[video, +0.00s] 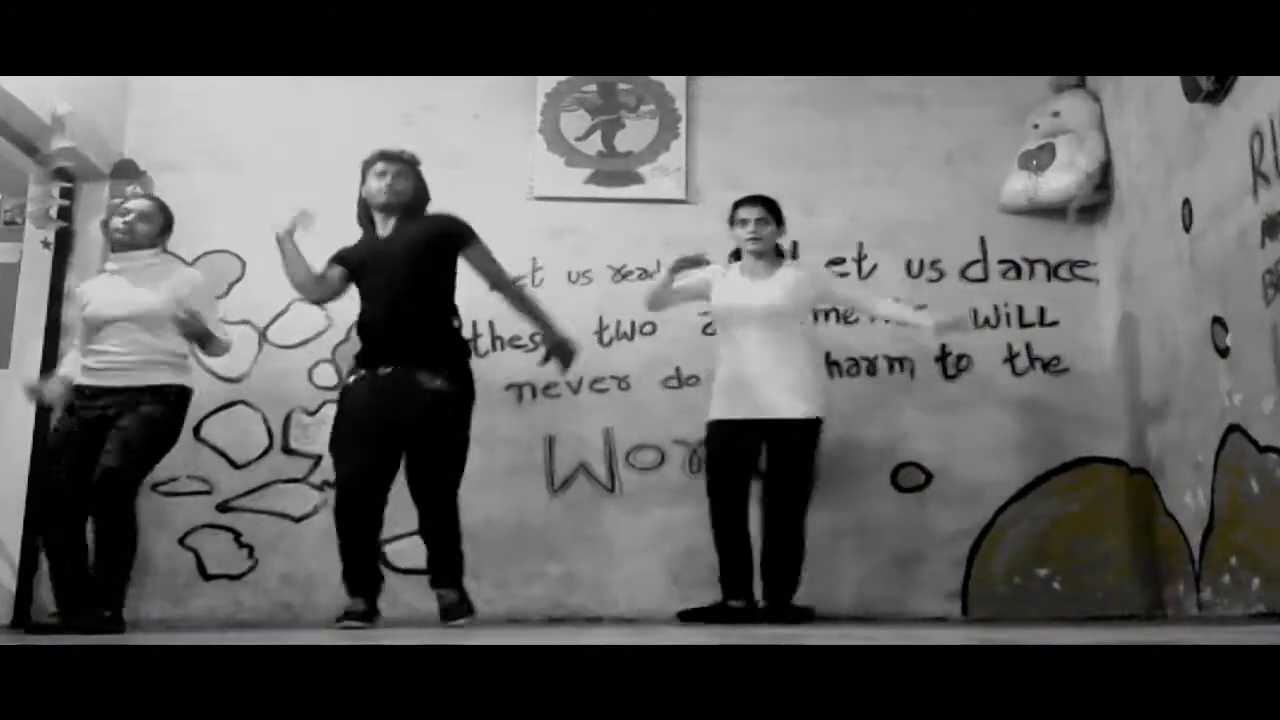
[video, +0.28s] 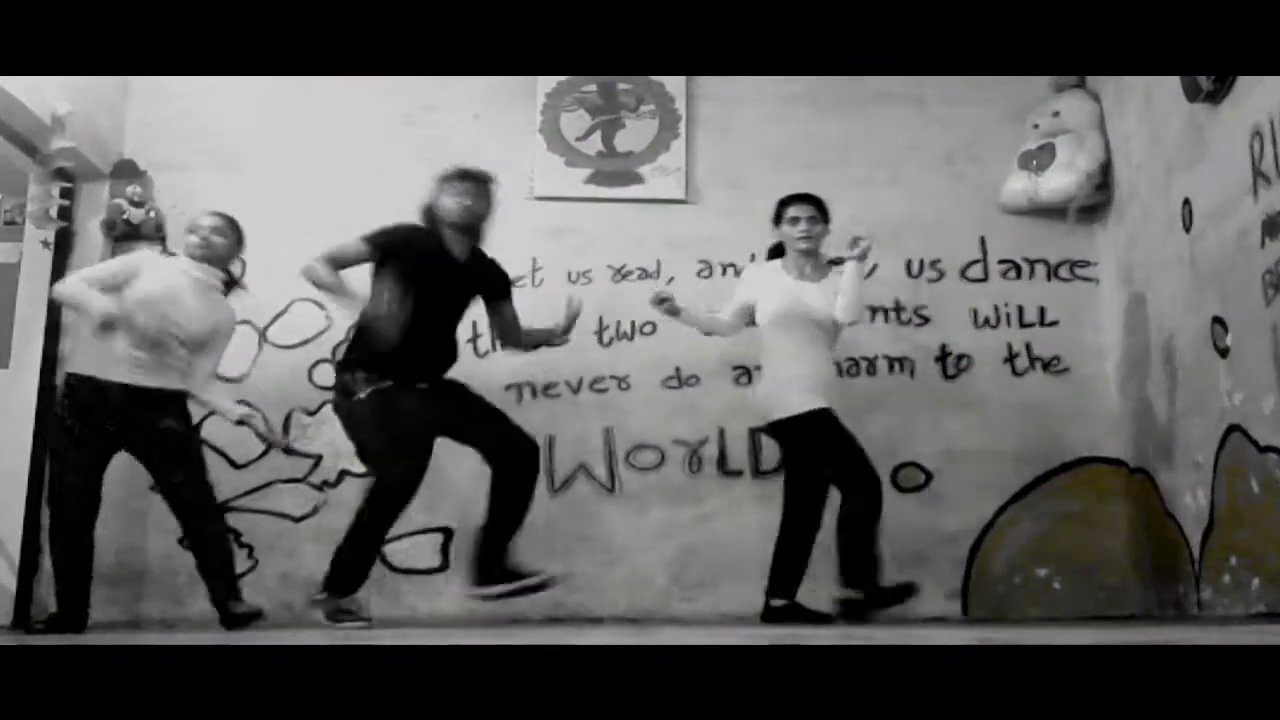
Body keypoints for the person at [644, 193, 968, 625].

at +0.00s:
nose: (752, 229)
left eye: (761, 222)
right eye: (744, 223)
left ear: (779, 230)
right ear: (732, 233)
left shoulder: (804, 277)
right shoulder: (718, 280)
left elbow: (868, 304)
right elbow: (654, 303)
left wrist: (926, 321)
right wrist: (672, 271)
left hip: (792, 408)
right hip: (732, 409)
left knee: (785, 509)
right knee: (725, 507)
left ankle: (778, 602)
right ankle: (736, 599)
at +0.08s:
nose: (766, 230)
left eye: (775, 223)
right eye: (756, 223)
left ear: (791, 232)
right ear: (743, 233)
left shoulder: (814, 281)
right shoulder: (724, 278)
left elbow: (876, 303)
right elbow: (660, 313)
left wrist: (920, 299)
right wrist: (652, 287)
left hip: (806, 410)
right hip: (744, 409)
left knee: (800, 512)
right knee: (742, 509)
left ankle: (781, 601)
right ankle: (738, 600)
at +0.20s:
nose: (791, 230)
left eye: (800, 223)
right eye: (781, 223)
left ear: (813, 230)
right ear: (767, 231)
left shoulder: (828, 281)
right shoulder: (748, 276)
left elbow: (861, 318)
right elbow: (715, 327)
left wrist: (862, 267)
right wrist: (666, 314)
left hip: (807, 400)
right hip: (773, 400)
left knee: (795, 504)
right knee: (847, 481)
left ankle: (782, 597)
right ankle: (810, 578)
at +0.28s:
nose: (804, 228)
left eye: (812, 221)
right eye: (794, 222)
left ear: (826, 230)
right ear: (779, 231)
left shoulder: (834, 279)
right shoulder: (761, 276)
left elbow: (847, 315)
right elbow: (727, 324)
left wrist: (855, 263)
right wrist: (680, 312)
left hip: (815, 402)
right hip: (785, 403)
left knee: (803, 508)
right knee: (864, 485)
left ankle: (780, 600)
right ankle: (861, 589)